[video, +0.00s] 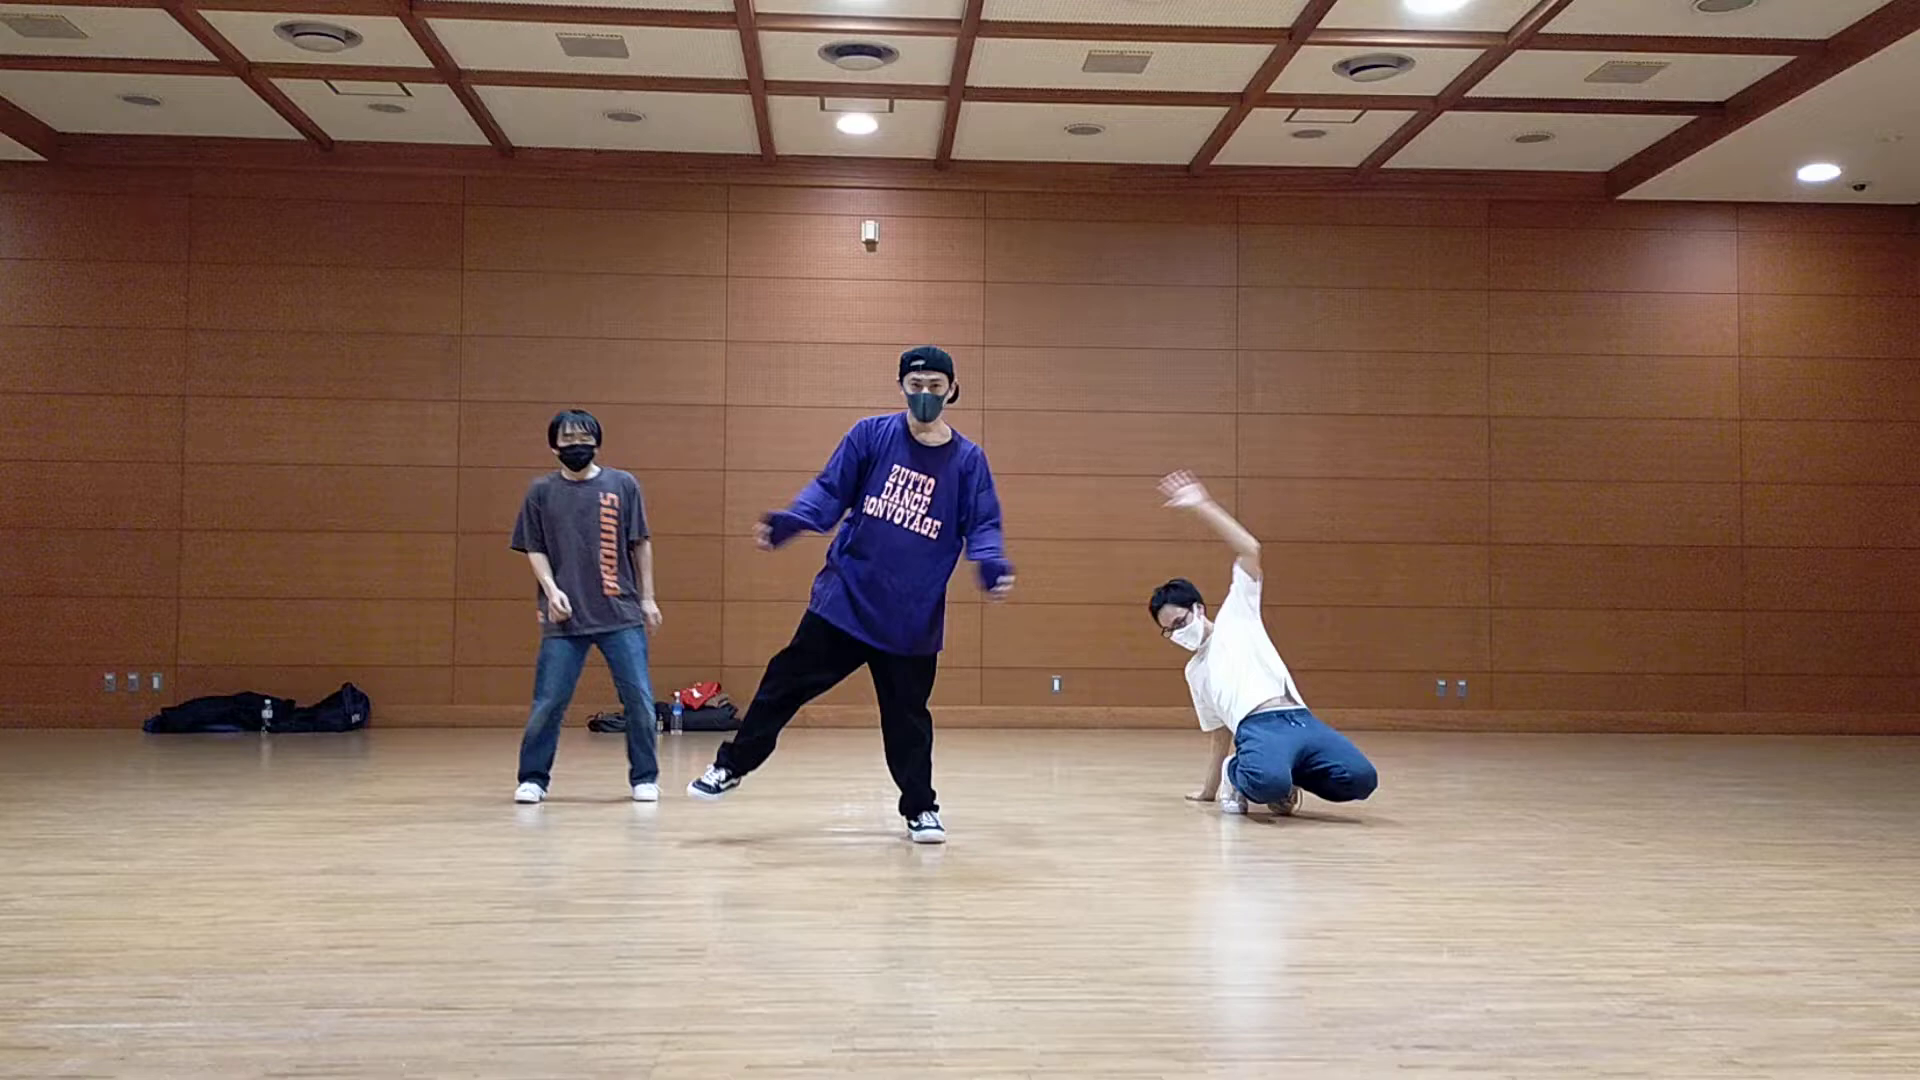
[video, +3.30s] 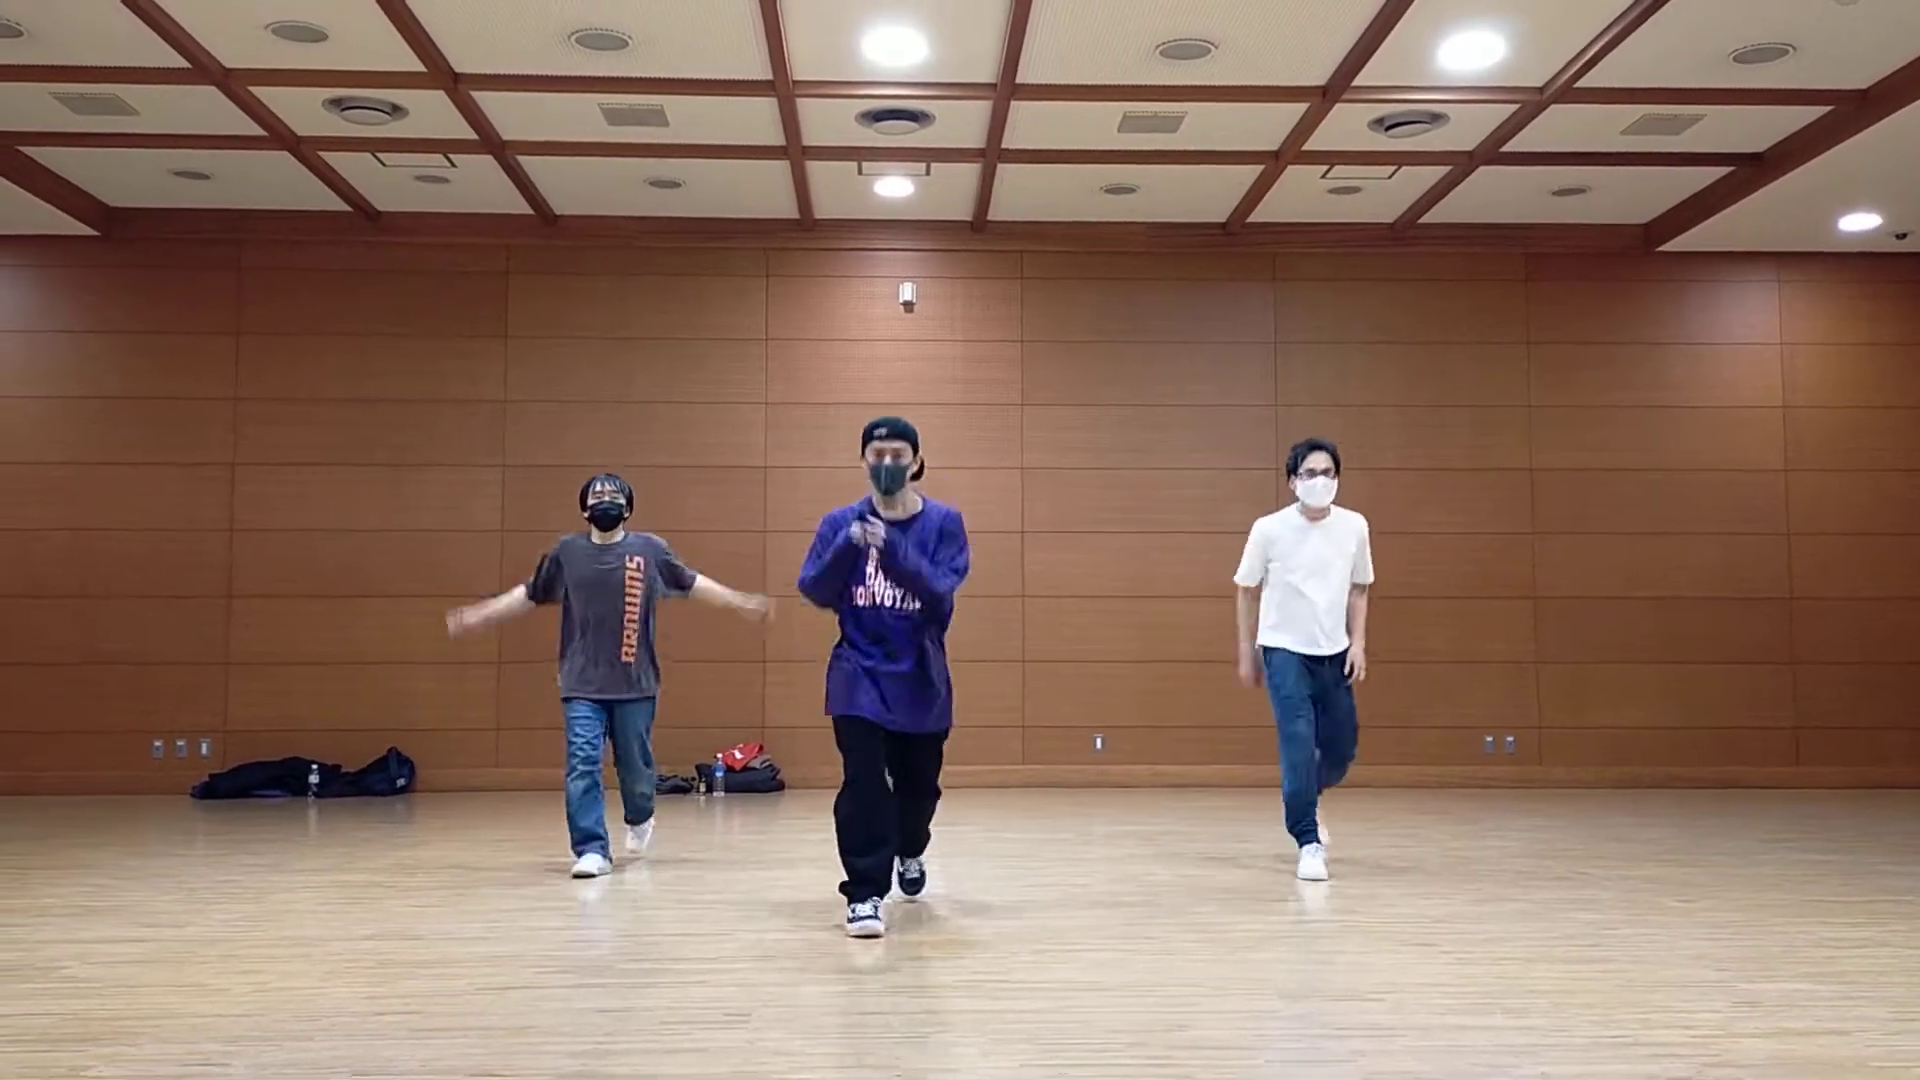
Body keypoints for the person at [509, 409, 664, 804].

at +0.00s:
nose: (574, 442)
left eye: (581, 435)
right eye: (566, 436)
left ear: (596, 441)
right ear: (554, 445)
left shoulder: (622, 485)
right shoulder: (541, 492)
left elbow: (641, 543)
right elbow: (534, 548)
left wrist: (648, 597)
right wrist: (551, 590)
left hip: (620, 614)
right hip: (567, 617)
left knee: (639, 697)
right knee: (549, 700)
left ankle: (645, 778)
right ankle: (532, 779)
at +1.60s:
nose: (613, 497)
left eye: (619, 490)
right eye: (604, 492)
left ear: (631, 496)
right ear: (592, 498)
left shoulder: (648, 543)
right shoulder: (574, 537)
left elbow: (659, 590)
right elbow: (551, 592)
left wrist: (646, 614)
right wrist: (551, 642)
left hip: (636, 662)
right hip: (589, 659)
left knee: (631, 748)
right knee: (588, 741)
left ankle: (621, 826)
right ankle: (568, 825)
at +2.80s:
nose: (605, 501)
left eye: (612, 495)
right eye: (597, 495)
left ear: (625, 504)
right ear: (586, 505)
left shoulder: (643, 544)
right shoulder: (570, 545)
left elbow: (662, 588)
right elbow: (551, 592)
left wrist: (627, 576)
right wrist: (579, 591)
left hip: (627, 670)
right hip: (579, 670)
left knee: (623, 756)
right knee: (574, 755)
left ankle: (617, 836)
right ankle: (579, 826)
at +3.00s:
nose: (611, 501)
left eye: (619, 495)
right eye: (604, 495)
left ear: (632, 503)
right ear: (593, 504)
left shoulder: (650, 543)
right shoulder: (577, 542)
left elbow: (661, 590)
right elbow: (556, 591)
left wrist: (623, 583)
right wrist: (594, 596)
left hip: (637, 669)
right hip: (589, 669)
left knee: (638, 754)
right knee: (590, 748)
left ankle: (639, 835)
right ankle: (598, 832)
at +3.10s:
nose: (612, 525)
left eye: (620, 519)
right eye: (605, 519)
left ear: (633, 524)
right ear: (594, 525)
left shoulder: (651, 569)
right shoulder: (575, 568)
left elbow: (654, 625)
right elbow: (569, 626)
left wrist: (642, 668)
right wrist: (584, 671)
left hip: (639, 679)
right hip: (594, 678)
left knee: (643, 767)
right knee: (594, 758)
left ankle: (642, 838)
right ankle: (591, 835)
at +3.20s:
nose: (605, 518)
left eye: (613, 512)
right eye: (599, 512)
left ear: (628, 520)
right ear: (588, 520)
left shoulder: (650, 566)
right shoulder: (569, 567)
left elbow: (678, 620)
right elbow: (548, 622)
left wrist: (701, 665)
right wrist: (525, 671)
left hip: (637, 688)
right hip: (587, 686)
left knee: (639, 770)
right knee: (590, 760)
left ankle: (639, 835)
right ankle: (588, 846)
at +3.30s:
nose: (602, 504)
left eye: (610, 498)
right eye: (595, 499)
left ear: (626, 506)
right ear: (585, 509)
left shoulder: (650, 550)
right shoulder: (567, 552)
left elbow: (692, 583)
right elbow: (529, 594)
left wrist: (740, 601)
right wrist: (479, 614)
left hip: (634, 681)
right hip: (582, 680)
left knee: (633, 764)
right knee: (583, 765)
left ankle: (638, 820)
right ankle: (590, 851)